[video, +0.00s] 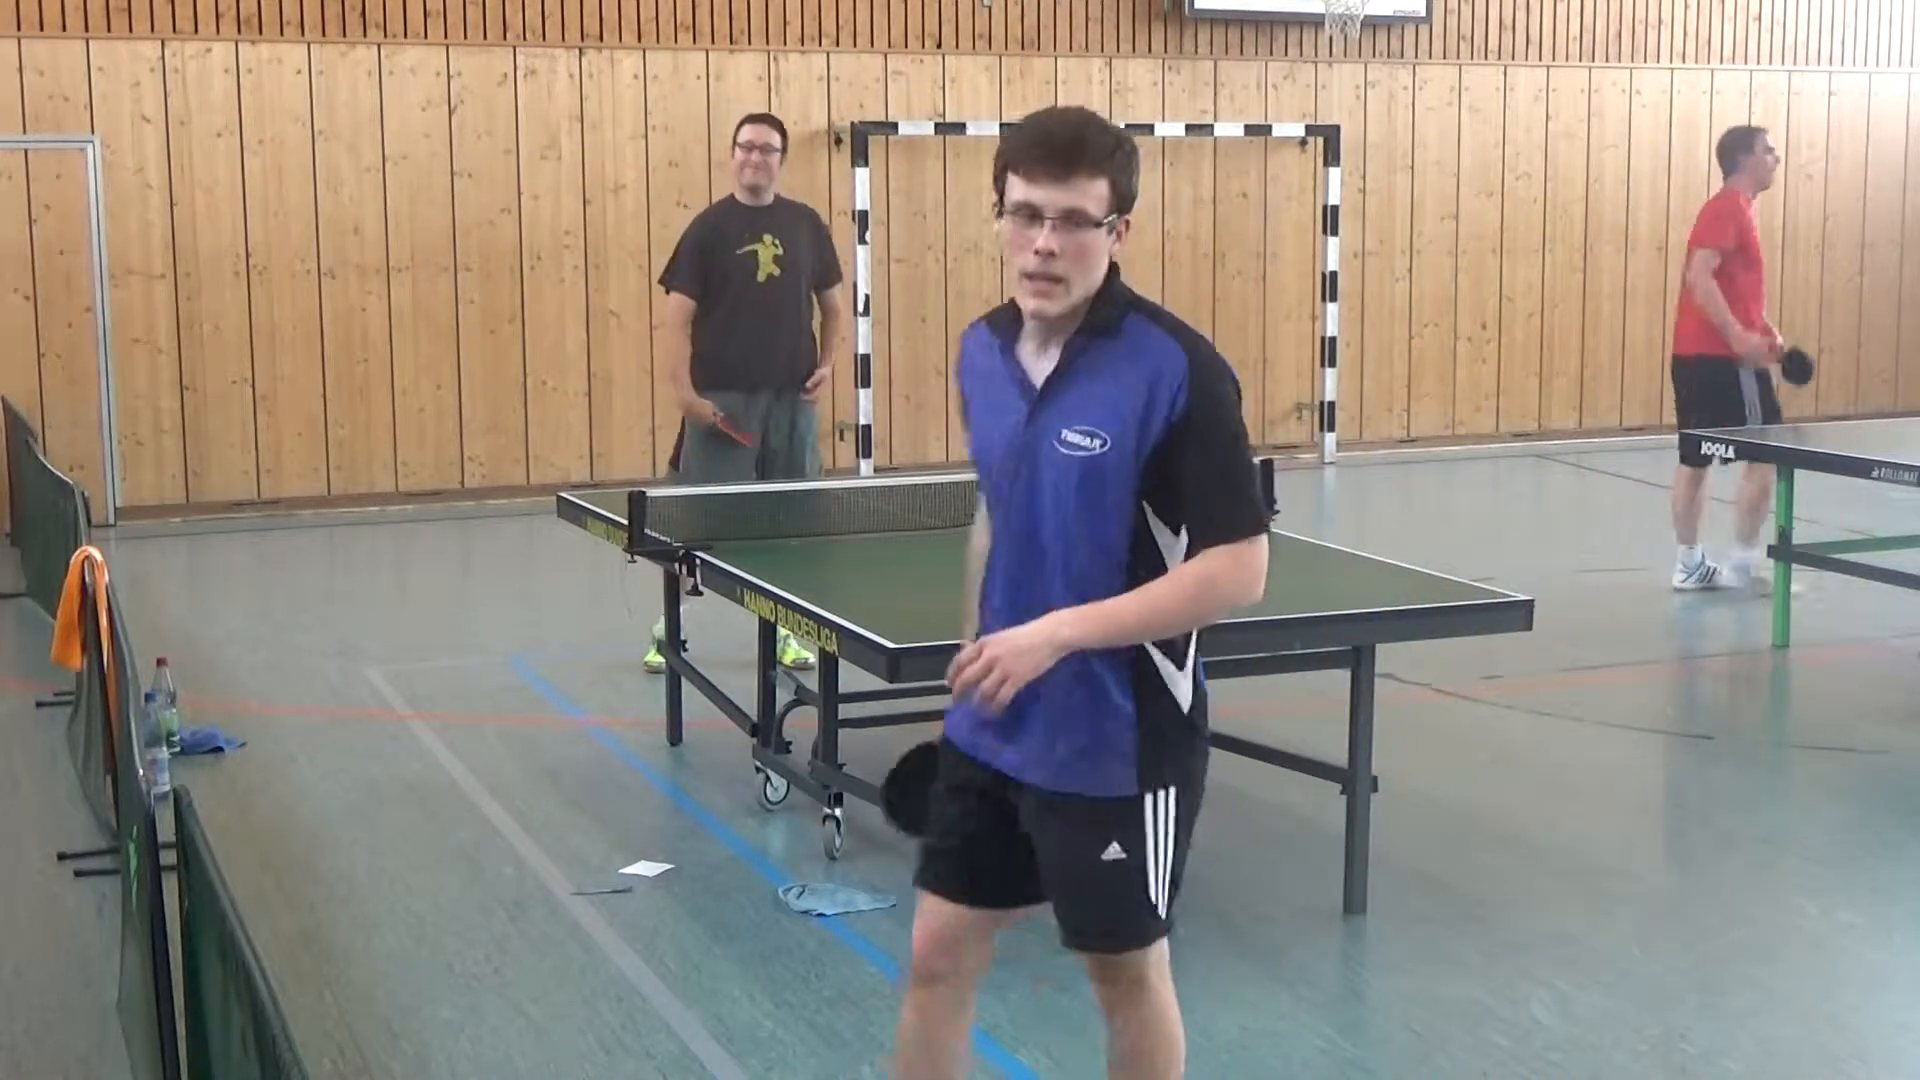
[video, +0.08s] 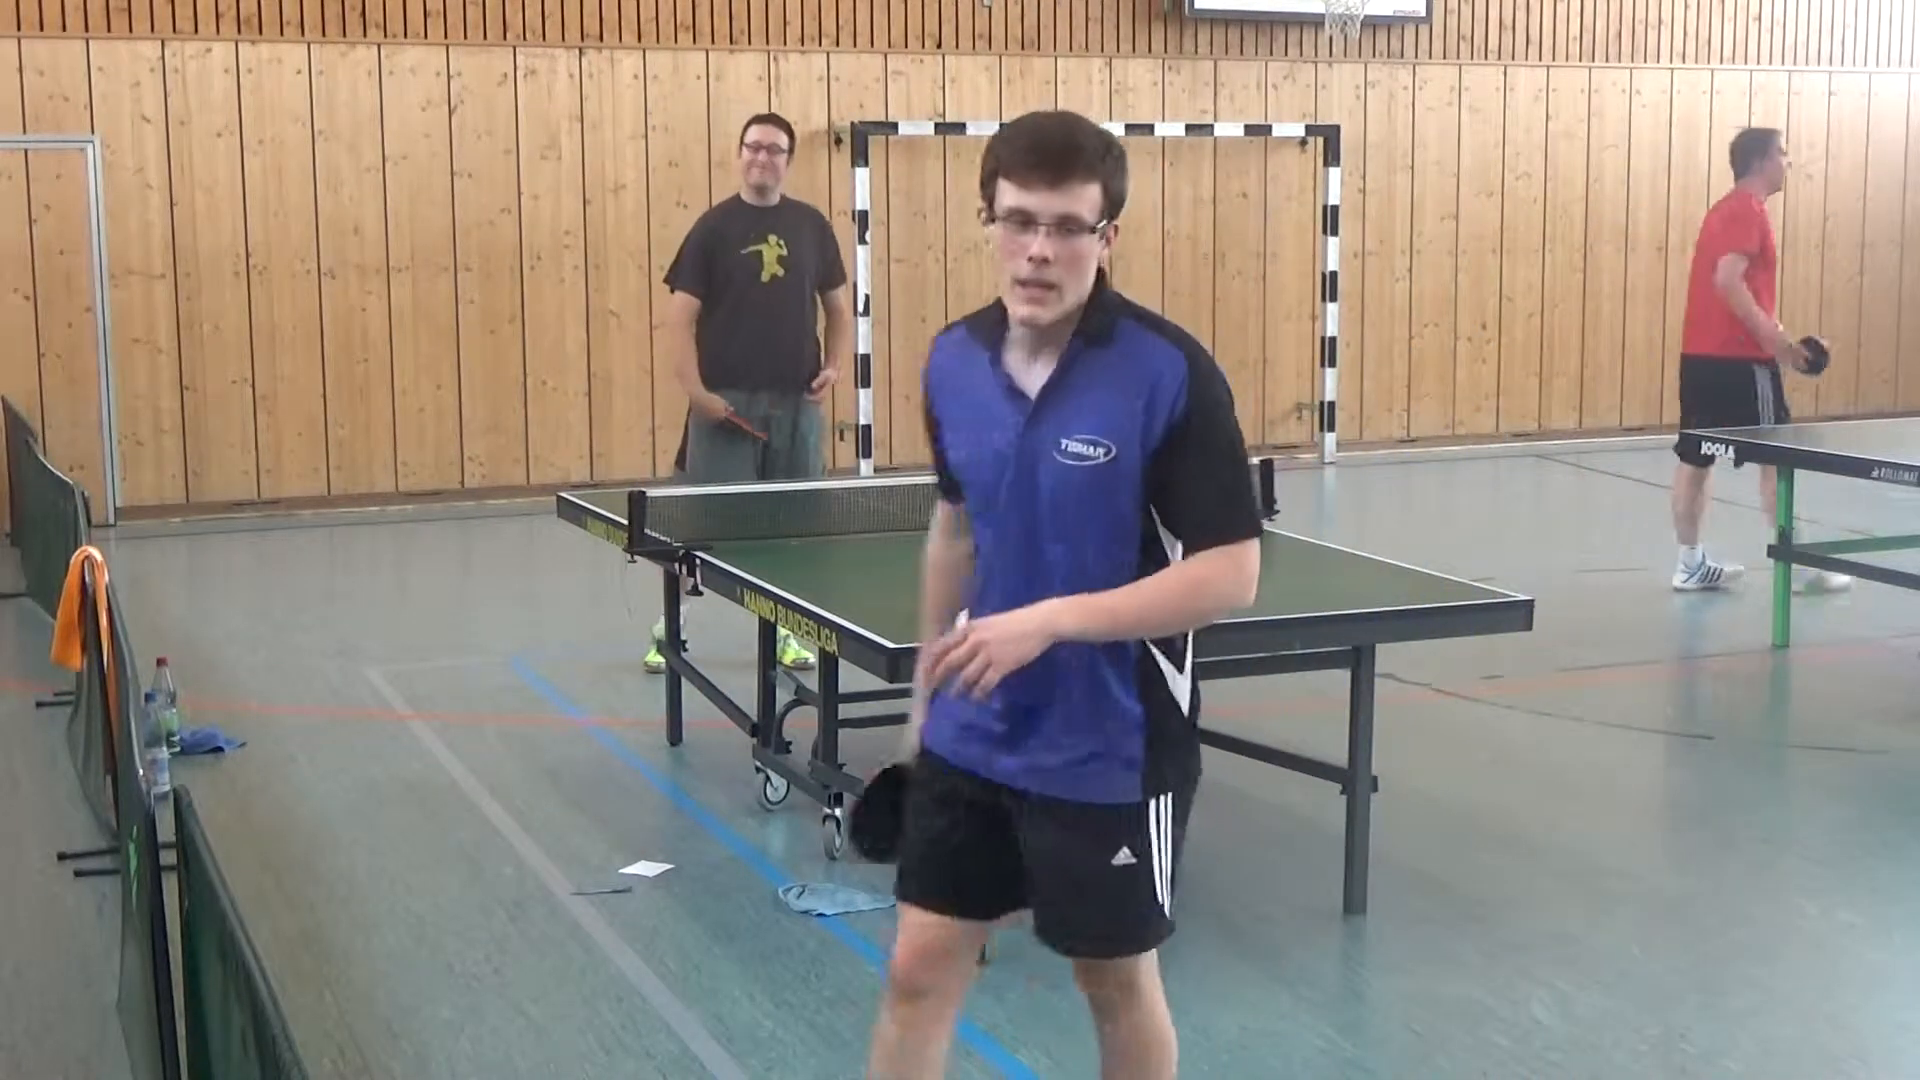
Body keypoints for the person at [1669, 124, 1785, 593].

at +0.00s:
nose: (1777, 159)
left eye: (1773, 151)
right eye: (1769, 151)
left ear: (1745, 161)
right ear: (1747, 159)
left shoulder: (1734, 210)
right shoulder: (1729, 209)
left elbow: (1733, 285)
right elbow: (1698, 275)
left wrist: (1764, 329)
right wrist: (1737, 336)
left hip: (1697, 355)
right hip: (1726, 357)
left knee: (1694, 459)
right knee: (1765, 455)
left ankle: (1689, 564)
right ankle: (1743, 564)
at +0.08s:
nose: (1787, 163)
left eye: (1785, 155)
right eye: (1781, 155)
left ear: (1745, 164)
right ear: (1760, 162)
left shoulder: (1720, 210)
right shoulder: (1748, 209)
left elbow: (1724, 287)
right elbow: (1727, 278)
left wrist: (1780, 341)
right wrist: (1773, 336)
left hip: (1701, 360)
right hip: (1742, 360)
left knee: (1693, 460)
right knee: (1776, 461)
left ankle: (1690, 564)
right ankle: (1797, 564)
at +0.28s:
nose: (1824, 169)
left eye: (1822, 160)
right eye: (1821, 161)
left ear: (1777, 169)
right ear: (1808, 167)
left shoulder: (1748, 215)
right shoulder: (1804, 215)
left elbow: (1759, 293)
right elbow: (1799, 291)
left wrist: (1827, 328)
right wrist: (1836, 335)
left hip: (1737, 366)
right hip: (1787, 370)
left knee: (1716, 463)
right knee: (1811, 467)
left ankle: (1695, 563)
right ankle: (1839, 557)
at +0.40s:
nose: (1855, 168)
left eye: (1852, 160)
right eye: (1851, 161)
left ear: (1808, 168)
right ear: (1840, 167)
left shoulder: (1778, 212)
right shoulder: (1842, 215)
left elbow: (1772, 284)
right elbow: (1836, 295)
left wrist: (1854, 327)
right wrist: (1866, 336)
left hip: (1769, 362)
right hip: (1821, 365)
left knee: (1749, 455)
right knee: (1841, 465)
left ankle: (1702, 549)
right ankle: (1845, 560)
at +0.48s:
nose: (1877, 164)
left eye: (1874, 157)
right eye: (1874, 158)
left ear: (1829, 165)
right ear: (1865, 165)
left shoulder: (1799, 208)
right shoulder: (1864, 212)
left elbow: (1781, 277)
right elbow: (1855, 293)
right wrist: (1890, 334)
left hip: (1793, 357)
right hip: (1841, 359)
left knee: (1775, 450)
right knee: (1853, 461)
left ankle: (1718, 535)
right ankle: (1844, 560)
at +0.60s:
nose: (1906, 161)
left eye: (1904, 154)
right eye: (1904, 155)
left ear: (1857, 162)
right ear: (1895, 162)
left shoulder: (1826, 207)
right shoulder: (1890, 213)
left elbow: (1800, 274)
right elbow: (1886, 291)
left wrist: (1835, 309)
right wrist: (1915, 319)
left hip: (1825, 350)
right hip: (1867, 355)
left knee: (1821, 449)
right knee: (1862, 462)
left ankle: (1758, 513)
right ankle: (1848, 561)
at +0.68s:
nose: (1919, 165)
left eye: (1918, 156)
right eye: (1918, 157)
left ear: (1875, 160)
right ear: (1909, 161)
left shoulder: (1842, 208)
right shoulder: (1903, 211)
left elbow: (1808, 271)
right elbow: (1902, 288)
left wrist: (1836, 306)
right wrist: (1919, 308)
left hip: (1842, 346)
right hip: (1879, 349)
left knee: (1859, 443)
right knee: (1869, 454)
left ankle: (1796, 508)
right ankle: (1851, 555)